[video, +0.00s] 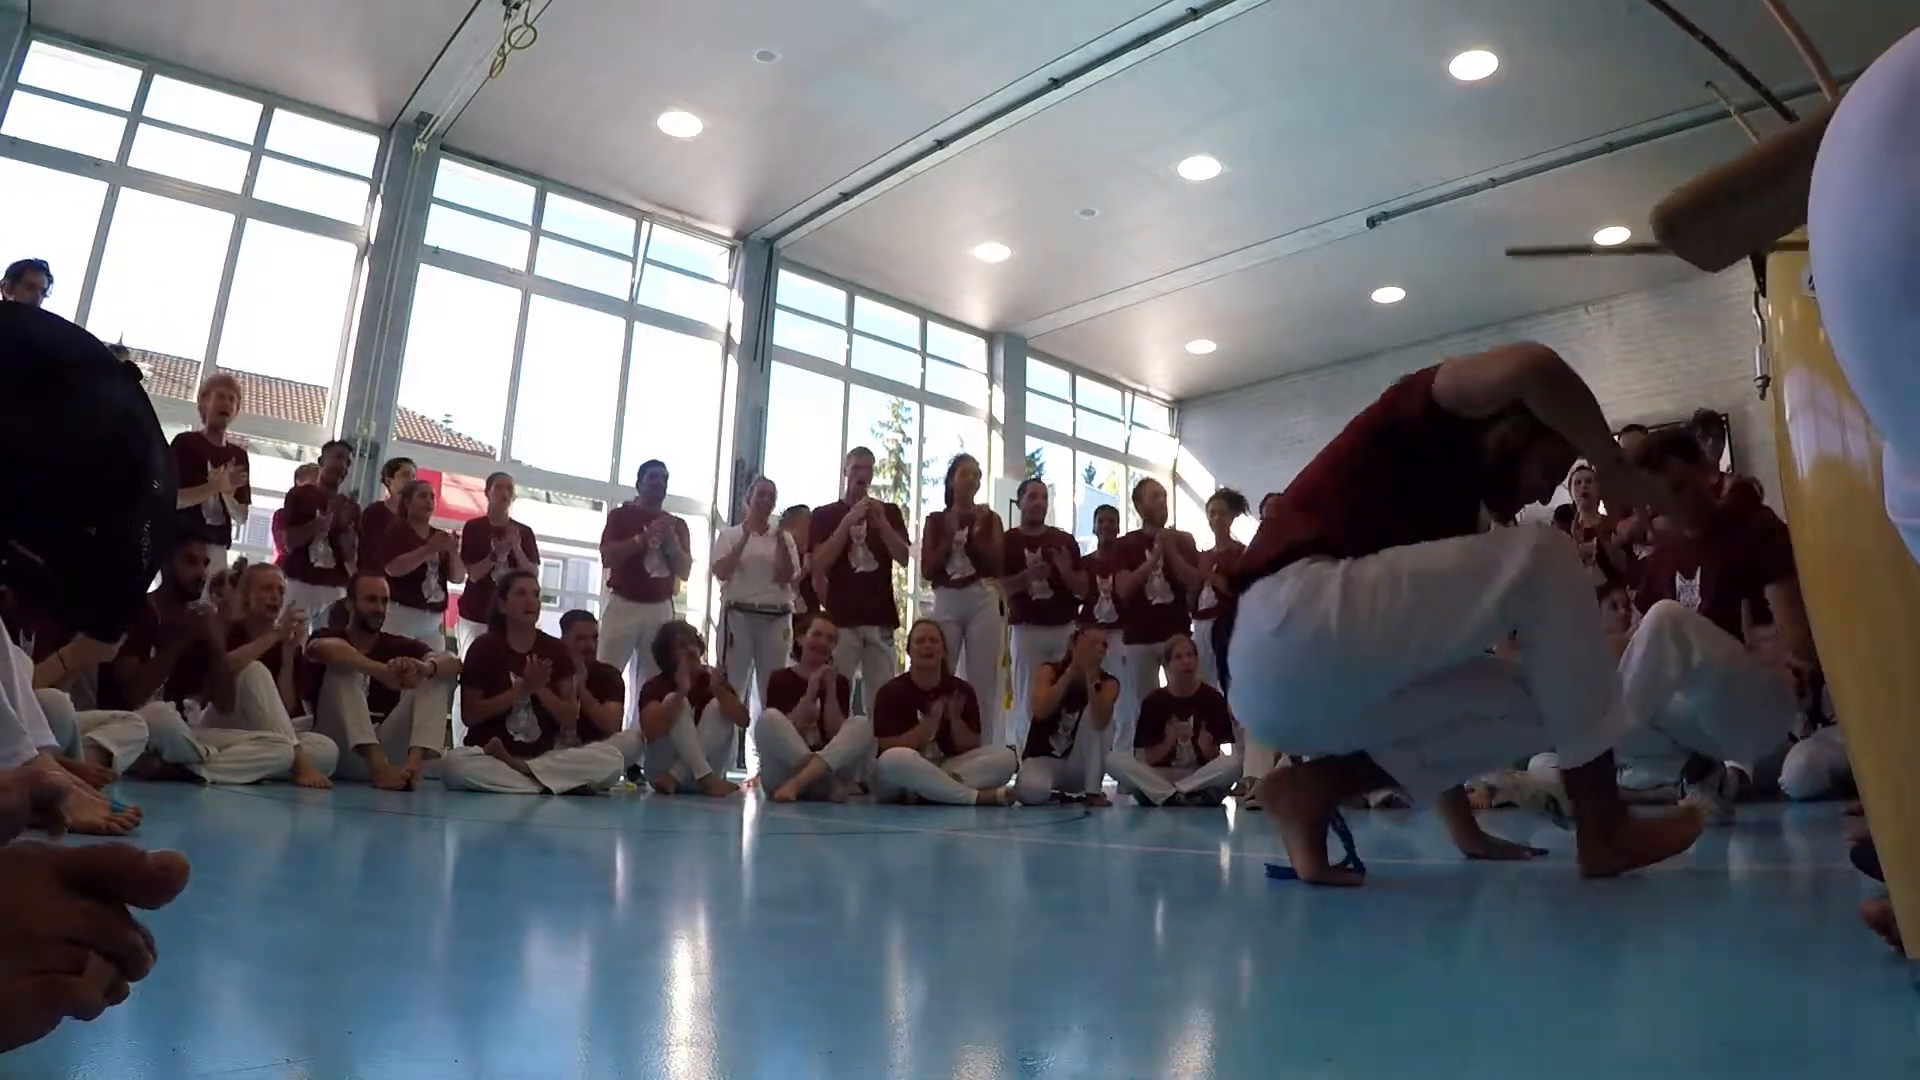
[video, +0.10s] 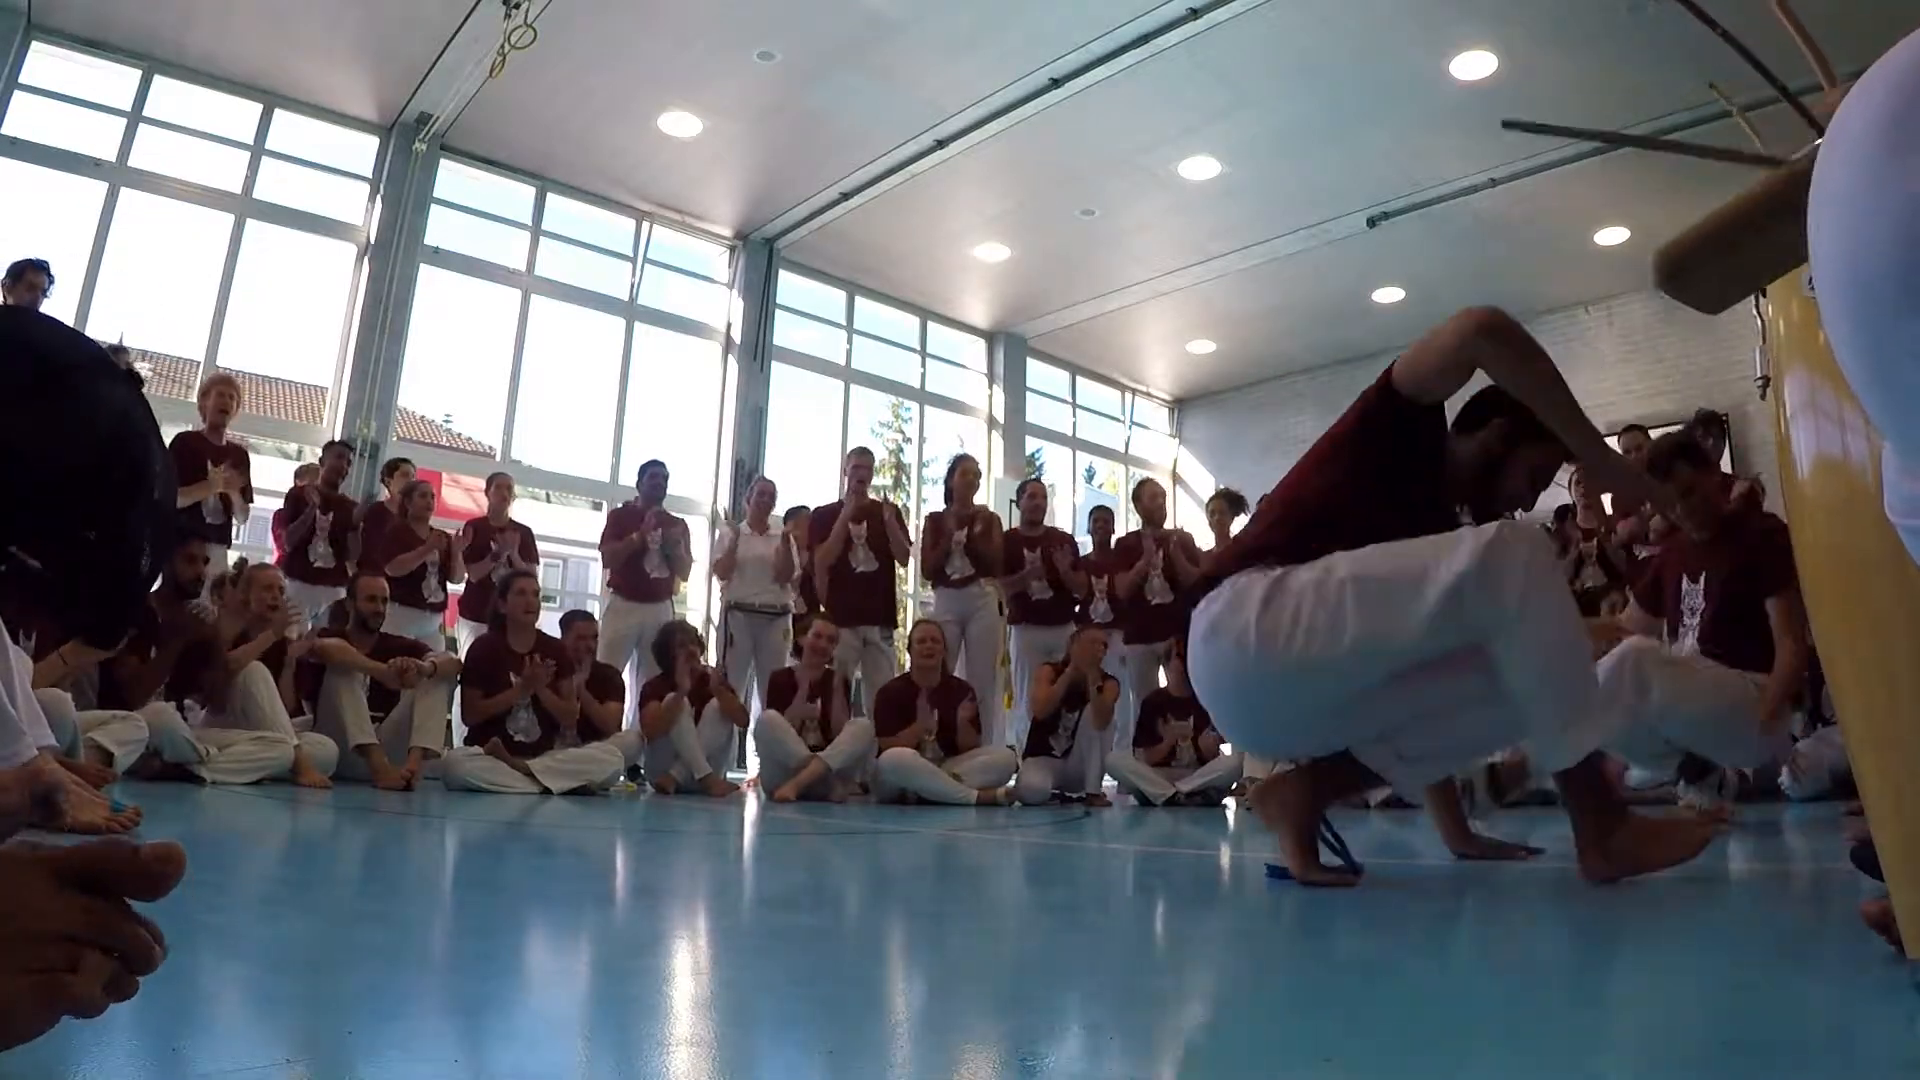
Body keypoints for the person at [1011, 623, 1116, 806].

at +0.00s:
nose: (1099, 650)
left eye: (1103, 645)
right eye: (1093, 643)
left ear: (1106, 650)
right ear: (1074, 644)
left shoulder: (1108, 683)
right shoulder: (1049, 671)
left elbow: (1100, 719)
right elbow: (1040, 710)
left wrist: (1091, 677)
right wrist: (1070, 673)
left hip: (1080, 763)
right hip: (1042, 761)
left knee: (1095, 712)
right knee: (1033, 793)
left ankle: (1093, 791)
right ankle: (1012, 793)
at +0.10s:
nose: (1099, 649)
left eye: (1103, 645)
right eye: (1093, 643)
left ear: (1106, 651)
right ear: (1073, 645)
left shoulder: (1108, 683)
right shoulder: (1049, 670)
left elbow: (1101, 719)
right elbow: (1040, 709)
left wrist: (1093, 676)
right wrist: (1071, 672)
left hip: (1080, 763)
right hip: (1042, 761)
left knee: (1095, 711)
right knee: (1033, 793)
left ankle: (1093, 791)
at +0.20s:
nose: (1097, 649)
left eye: (1102, 645)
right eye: (1091, 642)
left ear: (1105, 651)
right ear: (1074, 644)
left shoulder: (1108, 683)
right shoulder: (1051, 671)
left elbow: (1102, 719)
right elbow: (1040, 711)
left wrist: (1091, 679)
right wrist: (1071, 677)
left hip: (1080, 763)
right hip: (1042, 761)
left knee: (1095, 709)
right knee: (1034, 793)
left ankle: (1093, 791)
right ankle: (1010, 794)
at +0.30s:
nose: (1098, 648)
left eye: (1103, 645)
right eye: (1092, 642)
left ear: (1105, 651)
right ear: (1074, 644)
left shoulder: (1108, 683)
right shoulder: (1050, 671)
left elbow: (1102, 720)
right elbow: (1040, 711)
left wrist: (1091, 678)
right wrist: (1072, 673)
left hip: (1080, 762)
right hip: (1042, 760)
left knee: (1095, 709)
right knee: (1034, 793)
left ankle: (1093, 791)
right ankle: (1010, 794)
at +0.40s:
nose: (1098, 649)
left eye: (1103, 645)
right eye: (1092, 642)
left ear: (1105, 651)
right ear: (1074, 644)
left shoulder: (1109, 683)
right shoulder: (1050, 671)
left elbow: (1105, 726)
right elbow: (1040, 711)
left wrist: (1094, 684)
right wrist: (1069, 672)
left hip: (1083, 759)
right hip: (1043, 757)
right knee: (1041, 787)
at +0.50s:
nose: (1097, 649)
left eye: (1103, 645)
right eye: (1092, 642)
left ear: (1107, 650)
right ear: (1074, 644)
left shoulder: (1105, 679)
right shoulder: (1051, 670)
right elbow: (1046, 705)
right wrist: (1073, 671)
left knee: (1097, 727)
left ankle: (1093, 789)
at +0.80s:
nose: (1096, 650)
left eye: (1102, 646)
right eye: (1090, 643)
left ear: (1105, 652)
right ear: (1073, 646)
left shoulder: (1103, 680)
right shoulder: (1050, 672)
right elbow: (1037, 717)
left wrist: (1091, 686)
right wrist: (1064, 682)